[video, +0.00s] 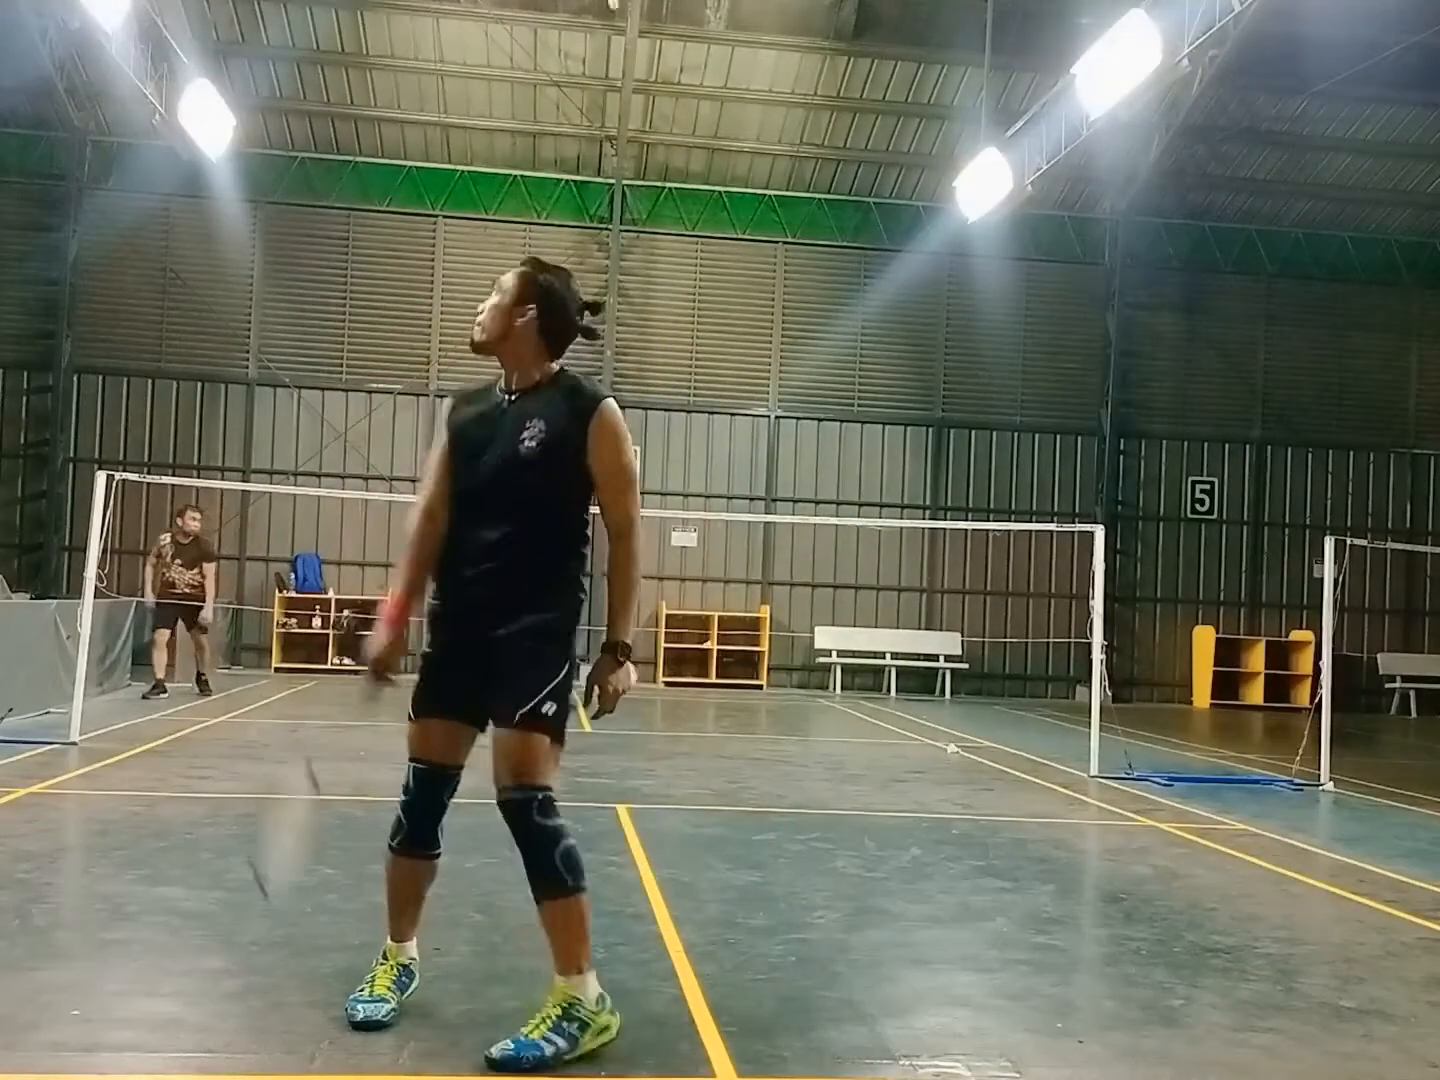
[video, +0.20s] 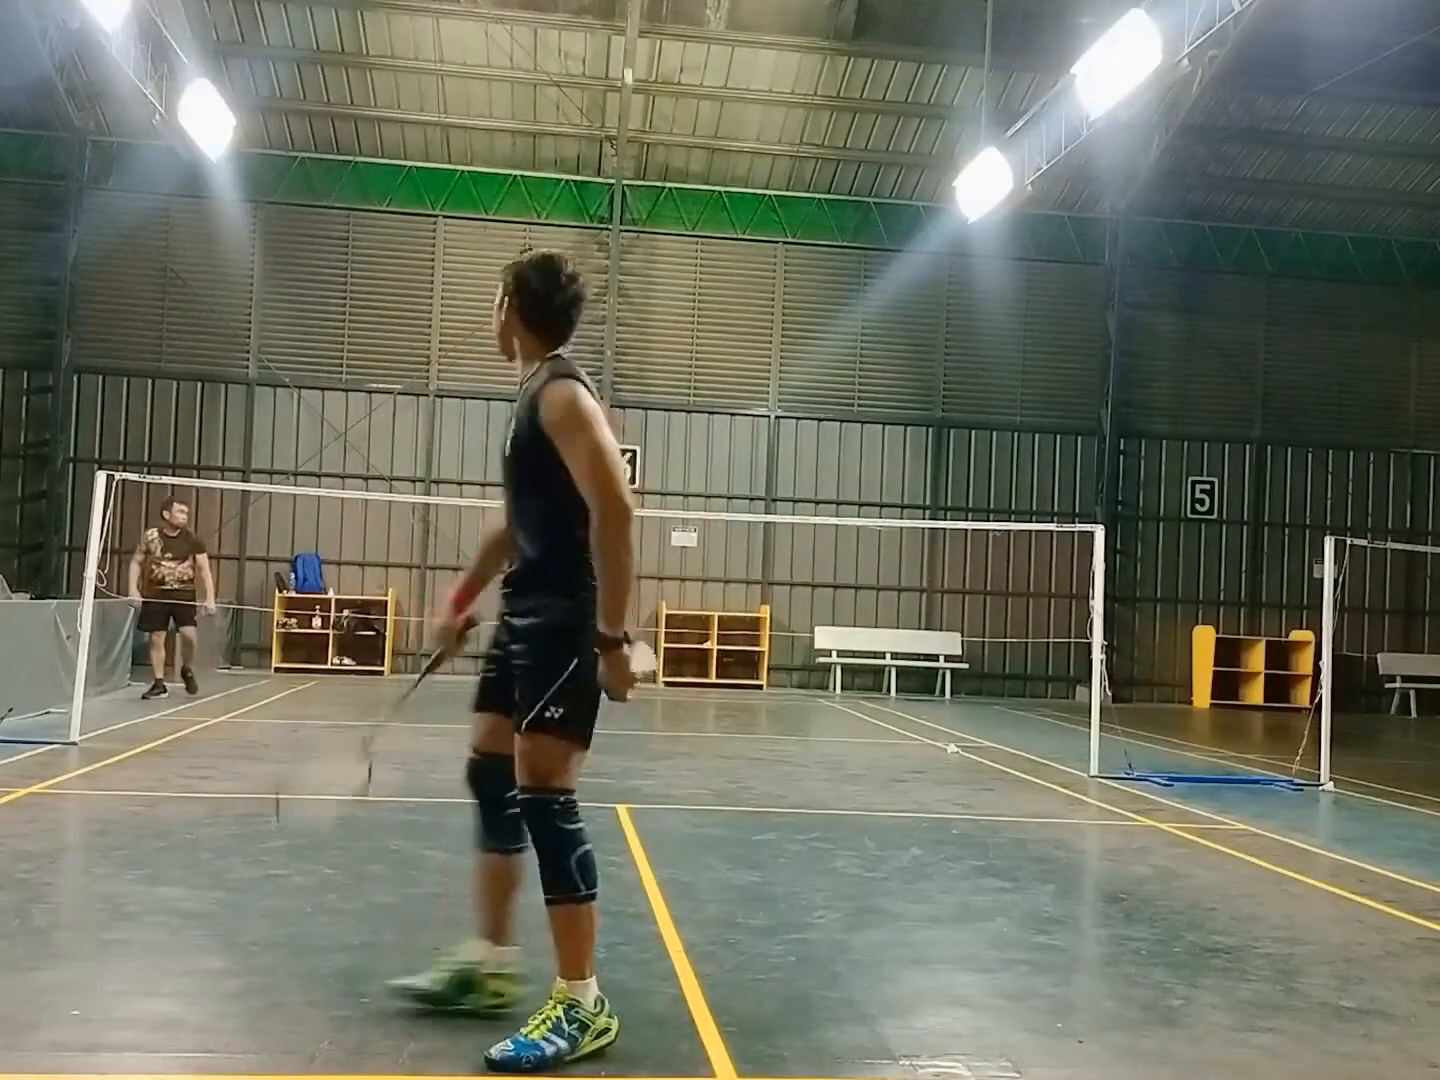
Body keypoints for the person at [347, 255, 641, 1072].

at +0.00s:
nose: (481, 311)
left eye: (493, 301)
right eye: (487, 299)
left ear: (527, 319)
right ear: (517, 320)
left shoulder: (590, 416)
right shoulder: (465, 417)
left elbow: (622, 531)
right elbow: (428, 522)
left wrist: (618, 641)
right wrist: (391, 619)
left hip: (541, 635)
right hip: (458, 630)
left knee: (527, 803)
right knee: (420, 798)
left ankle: (580, 996)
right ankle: (396, 956)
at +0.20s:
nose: (493, 320)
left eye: (499, 307)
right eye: (499, 307)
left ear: (517, 317)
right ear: (554, 318)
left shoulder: (563, 396)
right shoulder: (536, 401)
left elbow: (615, 507)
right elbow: (520, 522)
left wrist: (613, 634)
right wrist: (466, 596)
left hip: (566, 625)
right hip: (523, 620)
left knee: (547, 793)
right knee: (492, 774)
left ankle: (580, 1000)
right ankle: (489, 964)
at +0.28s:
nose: (507, 318)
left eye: (509, 307)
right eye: (513, 307)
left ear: (520, 316)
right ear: (574, 320)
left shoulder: (551, 392)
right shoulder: (559, 391)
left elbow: (596, 500)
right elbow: (558, 511)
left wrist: (599, 627)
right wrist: (503, 574)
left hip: (567, 625)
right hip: (545, 619)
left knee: (550, 793)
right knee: (514, 770)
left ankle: (584, 999)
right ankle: (551, 956)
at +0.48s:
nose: (552, 326)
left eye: (556, 317)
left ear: (561, 329)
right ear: (622, 339)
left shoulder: (551, 391)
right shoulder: (645, 414)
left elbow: (554, 495)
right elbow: (645, 530)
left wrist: (539, 618)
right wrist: (615, 612)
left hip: (578, 615)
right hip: (638, 618)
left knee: (560, 802)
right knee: (632, 785)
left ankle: (582, 1003)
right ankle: (676, 958)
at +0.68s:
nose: (608, 363)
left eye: (609, 355)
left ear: (614, 367)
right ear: (674, 376)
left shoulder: (577, 431)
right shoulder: (714, 451)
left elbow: (548, 525)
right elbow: (727, 569)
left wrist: (518, 641)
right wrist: (695, 630)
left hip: (607, 638)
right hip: (689, 643)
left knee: (559, 786)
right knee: (682, 795)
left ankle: (571, 967)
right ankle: (686, 962)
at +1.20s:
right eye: (711, 394)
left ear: (661, 400)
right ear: (714, 400)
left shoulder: (618, 457)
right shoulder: (739, 461)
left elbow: (577, 549)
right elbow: (756, 563)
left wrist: (576, 635)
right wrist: (781, 646)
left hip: (624, 635)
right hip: (695, 637)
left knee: (620, 755)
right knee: (772, 760)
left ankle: (567, 891)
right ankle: (750, 922)